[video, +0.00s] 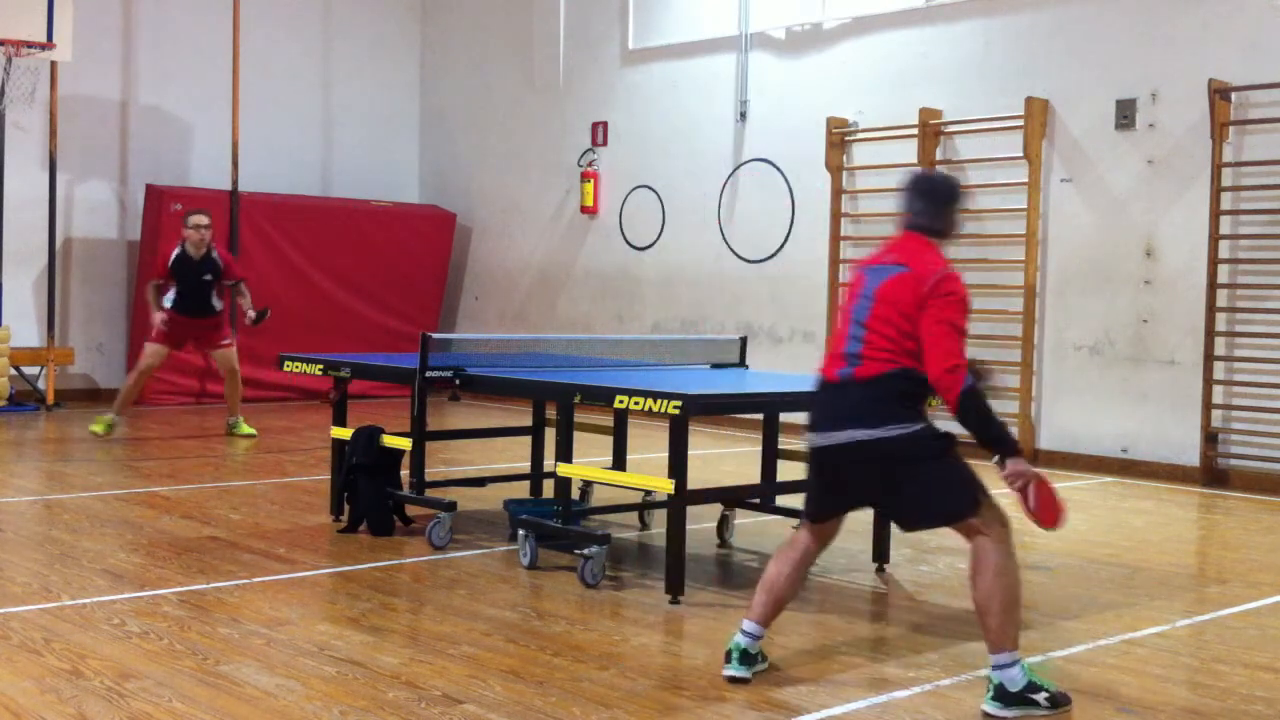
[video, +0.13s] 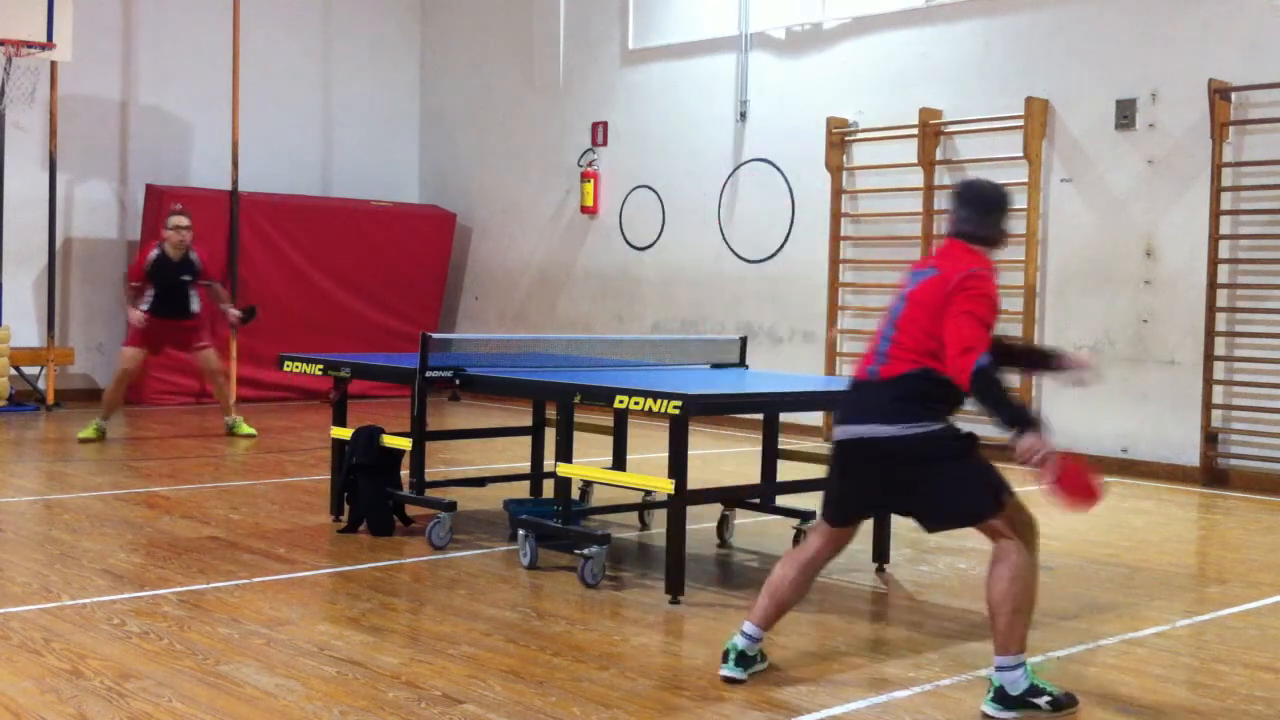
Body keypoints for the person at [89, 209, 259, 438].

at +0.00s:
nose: (203, 233)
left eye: (207, 228)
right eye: (197, 228)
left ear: (212, 232)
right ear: (185, 232)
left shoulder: (220, 258)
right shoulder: (172, 256)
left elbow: (239, 286)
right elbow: (154, 285)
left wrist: (248, 309)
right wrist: (155, 311)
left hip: (212, 322)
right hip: (175, 320)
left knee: (232, 369)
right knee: (144, 367)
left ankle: (235, 420)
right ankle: (112, 417)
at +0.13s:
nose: (183, 235)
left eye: (187, 230)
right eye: (177, 229)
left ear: (192, 234)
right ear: (165, 233)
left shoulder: (196, 259)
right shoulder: (151, 256)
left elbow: (212, 286)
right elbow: (133, 286)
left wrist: (228, 308)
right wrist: (132, 309)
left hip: (189, 323)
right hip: (152, 322)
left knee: (215, 368)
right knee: (126, 369)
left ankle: (232, 420)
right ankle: (101, 424)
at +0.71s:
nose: (118, 245)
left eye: (122, 241)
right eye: (112, 240)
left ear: (124, 245)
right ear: (98, 242)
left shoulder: (116, 274)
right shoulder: (78, 264)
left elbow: (114, 310)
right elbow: (49, 305)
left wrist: (131, 331)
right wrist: (78, 333)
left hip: (91, 329)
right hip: (59, 326)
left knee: (135, 371)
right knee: (42, 380)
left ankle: (116, 426)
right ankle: (1, 424)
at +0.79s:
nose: (108, 247)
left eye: (113, 242)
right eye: (102, 241)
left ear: (116, 246)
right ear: (89, 243)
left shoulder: (103, 276)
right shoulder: (71, 266)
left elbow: (98, 312)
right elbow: (43, 307)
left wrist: (117, 334)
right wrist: (74, 332)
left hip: (80, 333)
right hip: (48, 330)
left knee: (126, 371)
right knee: (39, 384)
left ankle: (114, 427)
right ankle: (1, 423)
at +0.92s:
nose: (95, 235)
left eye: (99, 231)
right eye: (89, 230)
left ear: (102, 236)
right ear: (75, 232)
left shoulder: (95, 267)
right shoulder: (57, 255)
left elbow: (99, 301)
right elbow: (26, 291)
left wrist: (100, 318)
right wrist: (51, 311)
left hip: (74, 326)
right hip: (41, 323)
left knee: (118, 372)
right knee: (32, 380)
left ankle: (113, 427)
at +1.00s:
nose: (86, 225)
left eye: (90, 221)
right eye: (81, 220)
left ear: (94, 225)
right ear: (67, 222)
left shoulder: (93, 257)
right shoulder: (49, 248)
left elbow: (112, 286)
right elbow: (17, 276)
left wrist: (106, 293)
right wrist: (35, 284)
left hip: (75, 321)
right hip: (41, 320)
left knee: (117, 372)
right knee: (28, 376)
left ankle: (113, 427)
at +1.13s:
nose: (75, 211)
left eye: (80, 207)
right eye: (70, 207)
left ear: (86, 211)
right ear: (60, 210)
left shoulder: (94, 242)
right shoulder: (44, 238)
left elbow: (117, 262)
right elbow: (9, 259)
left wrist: (123, 251)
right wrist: (7, 248)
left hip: (81, 315)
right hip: (45, 313)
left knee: (116, 372)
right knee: (25, 369)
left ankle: (113, 428)